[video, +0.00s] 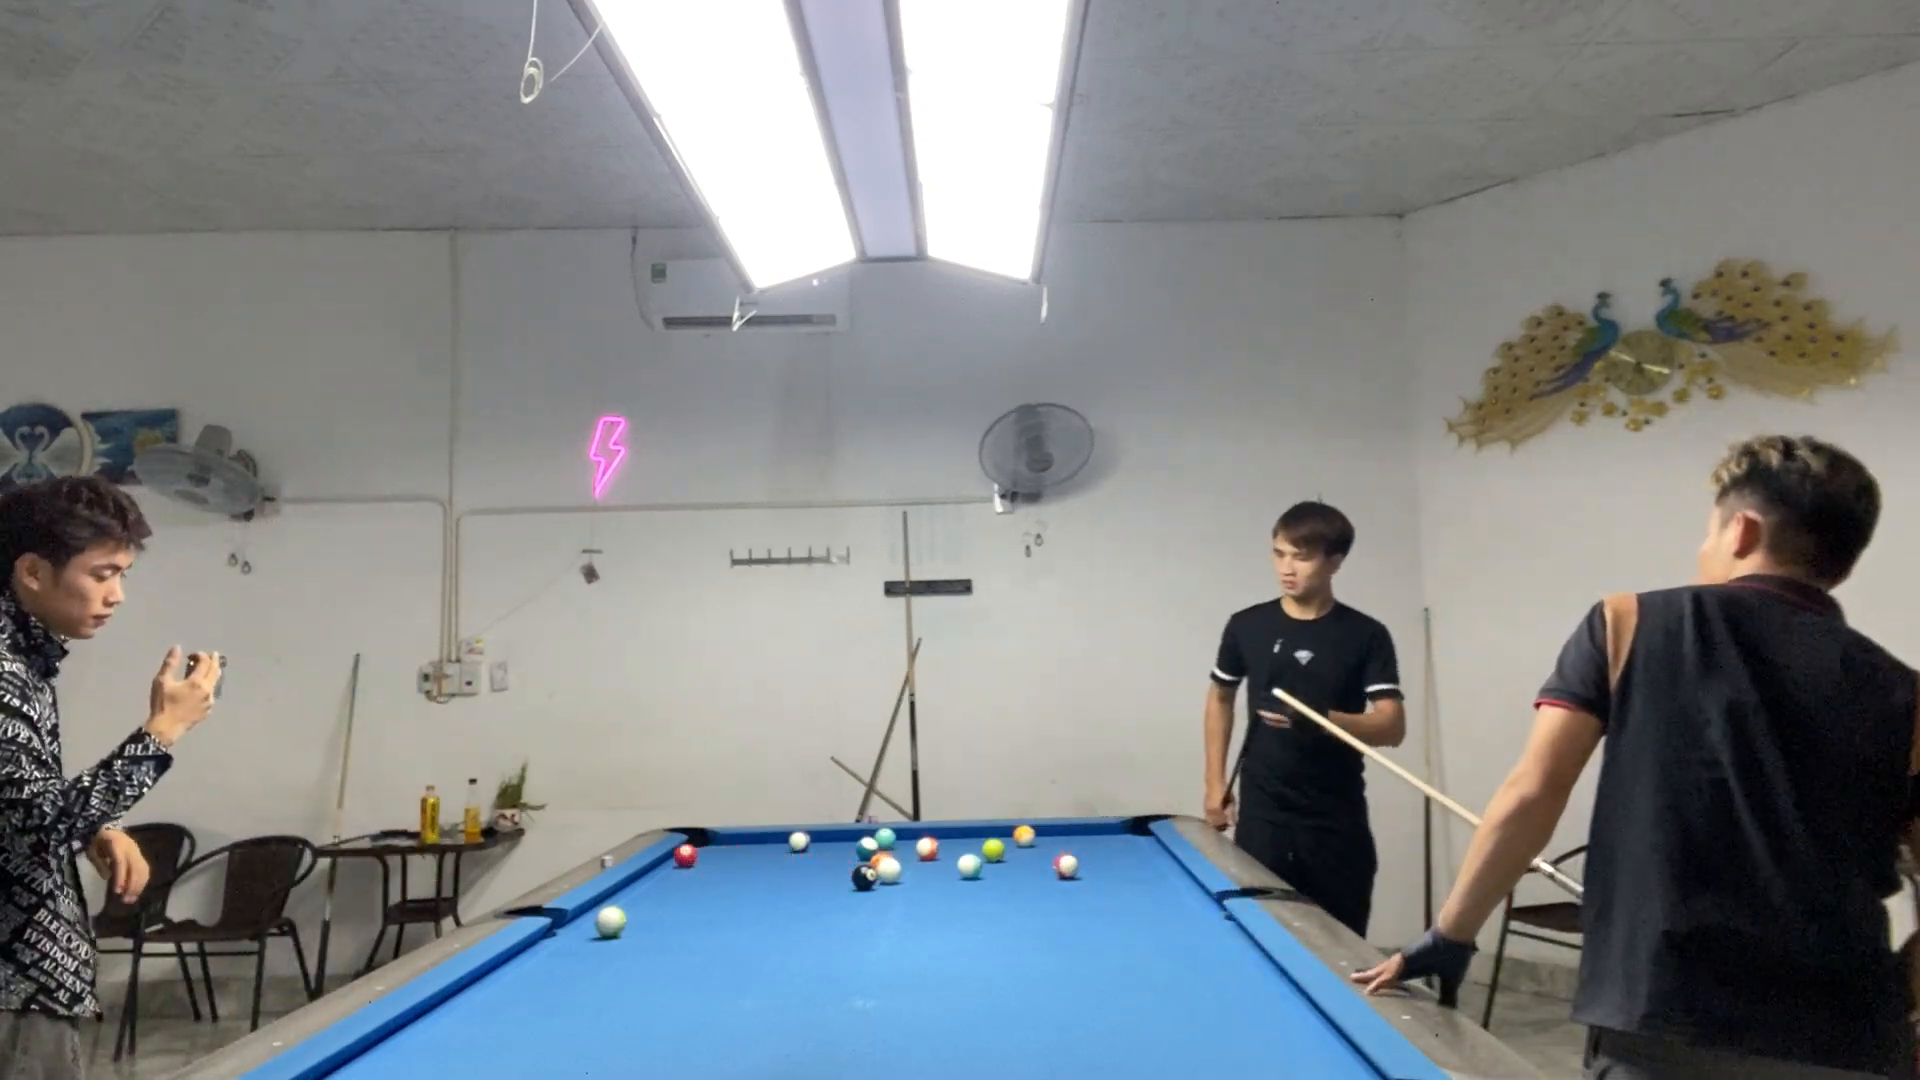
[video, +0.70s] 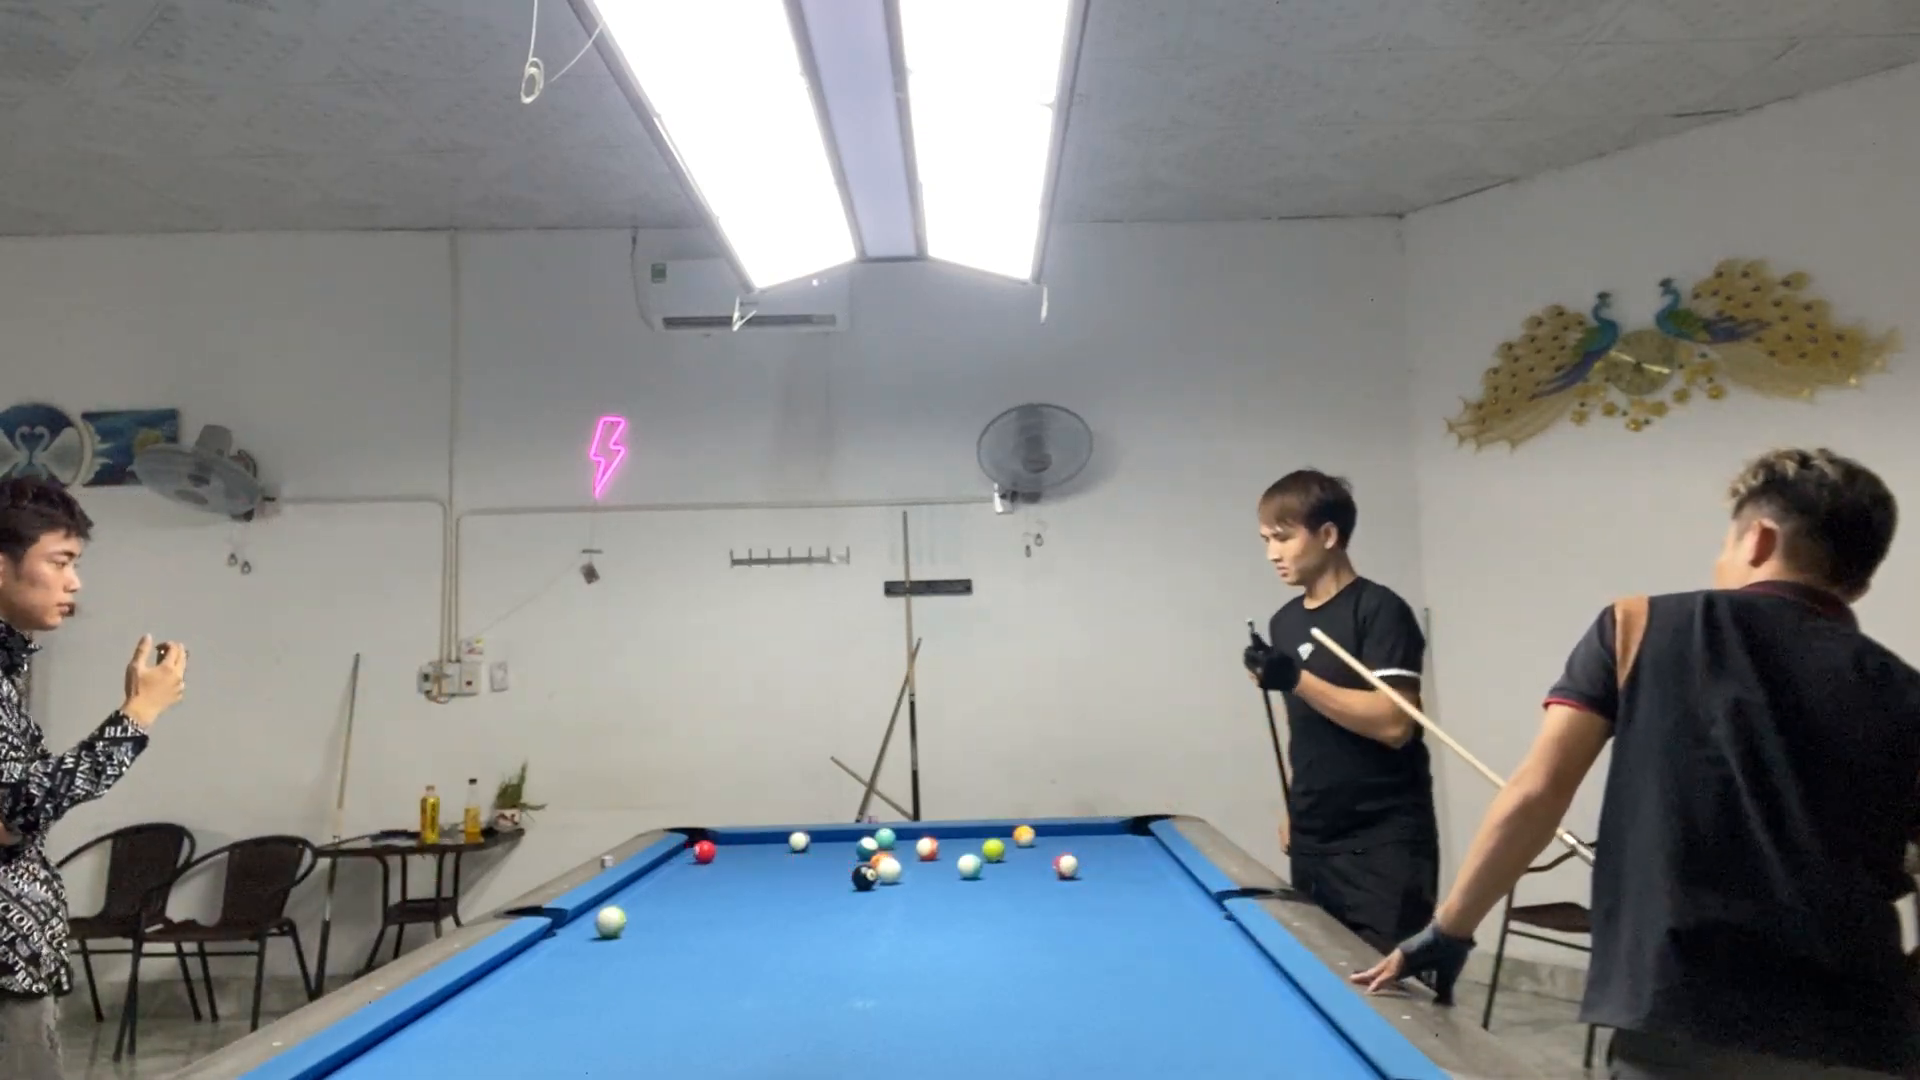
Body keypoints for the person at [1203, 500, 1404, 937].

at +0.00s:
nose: (1287, 568)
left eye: (1301, 557)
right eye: (1280, 555)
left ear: (1334, 562)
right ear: (1272, 555)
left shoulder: (1366, 636)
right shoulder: (1247, 627)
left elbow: (1391, 727)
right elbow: (1220, 698)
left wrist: (1320, 719)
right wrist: (1215, 783)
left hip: (1337, 823)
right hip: (1263, 820)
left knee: (1337, 954)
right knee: (1259, 946)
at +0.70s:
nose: (1271, 552)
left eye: (1282, 537)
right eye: (1267, 540)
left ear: (1329, 535)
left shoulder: (1383, 610)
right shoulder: (1286, 623)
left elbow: (1395, 722)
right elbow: (1305, 734)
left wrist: (1296, 679)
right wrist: (1295, 810)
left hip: (1386, 840)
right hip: (1315, 838)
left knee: (1384, 994)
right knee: (1317, 987)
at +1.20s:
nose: (1248, 551)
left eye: (1248, 533)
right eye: (1242, 536)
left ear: (1290, 523)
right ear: (1312, 522)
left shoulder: (1317, 611)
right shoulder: (1394, 591)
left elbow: (1258, 736)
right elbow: (1483, 678)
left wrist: (1145, 679)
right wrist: (1517, 786)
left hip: (1402, 854)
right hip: (1450, 837)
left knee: (1394, 1029)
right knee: (1438, 1024)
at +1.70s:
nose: (1306, 564)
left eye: (1302, 543)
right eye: (1298, 547)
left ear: (1341, 531)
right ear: (1388, 523)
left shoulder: (1344, 625)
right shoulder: (1501, 606)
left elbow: (1257, 762)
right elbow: (1602, 718)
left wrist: (1152, 749)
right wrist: (1609, 841)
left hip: (1426, 922)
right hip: (1547, 908)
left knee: (1417, 1068)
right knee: (1561, 1072)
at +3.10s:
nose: (1191, 779)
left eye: (1188, 766)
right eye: (1184, 768)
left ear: (1213, 752)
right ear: (1276, 719)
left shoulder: (1227, 799)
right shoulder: (1387, 720)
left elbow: (1111, 885)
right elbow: (1518, 706)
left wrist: (1033, 891)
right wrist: (1574, 844)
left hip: (1467, 964)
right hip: (1594, 926)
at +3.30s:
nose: (1212, 807)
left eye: (1209, 795)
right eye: (1206, 796)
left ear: (1237, 780)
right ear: (1298, 750)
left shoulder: (1252, 821)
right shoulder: (1415, 754)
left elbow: (1129, 900)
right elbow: (1554, 747)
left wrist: (1048, 895)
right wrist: (1612, 835)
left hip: (1502, 980)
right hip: (1615, 936)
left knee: (1387, 1044)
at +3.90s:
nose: (1334, 874)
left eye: (1339, 861)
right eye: (1332, 861)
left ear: (1377, 859)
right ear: (1449, 843)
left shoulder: (1391, 882)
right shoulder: (1515, 878)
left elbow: (1225, 918)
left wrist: (1187, 929)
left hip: (1639, 1045)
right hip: (1702, 1013)